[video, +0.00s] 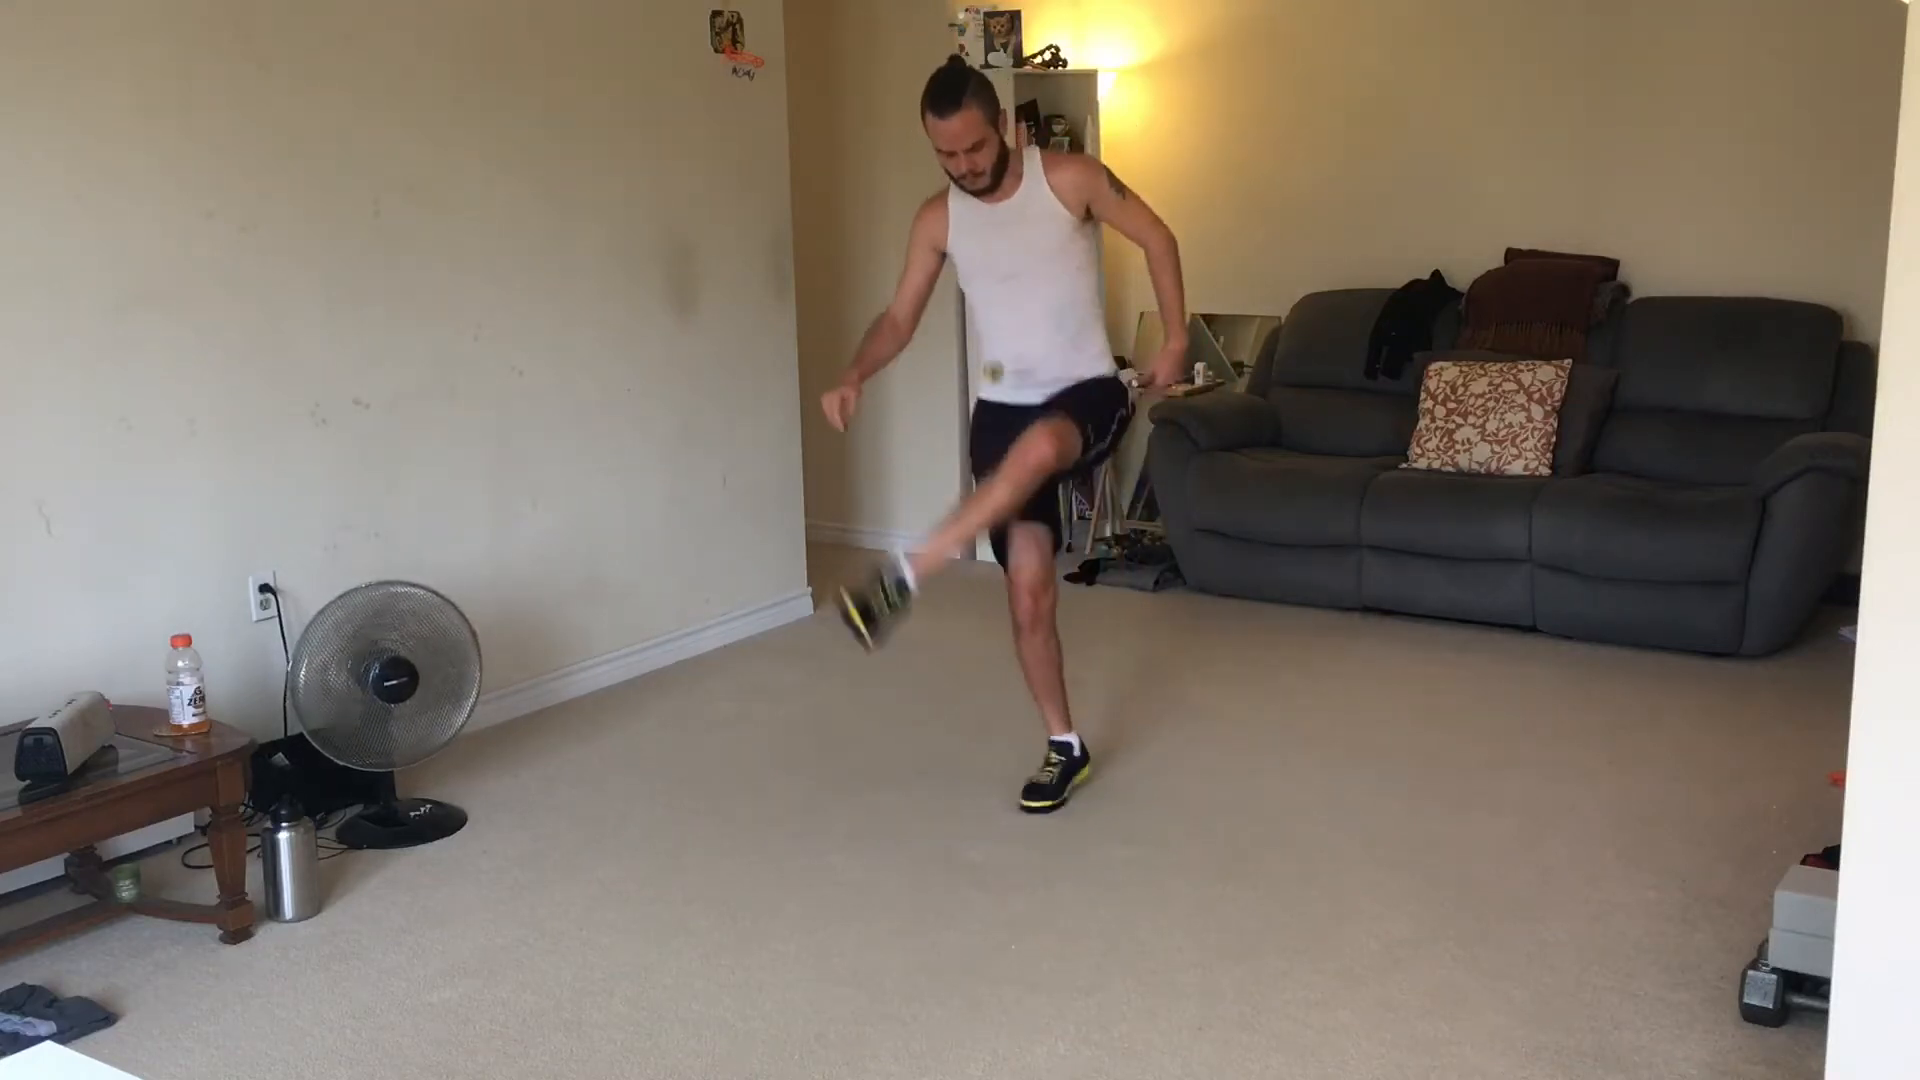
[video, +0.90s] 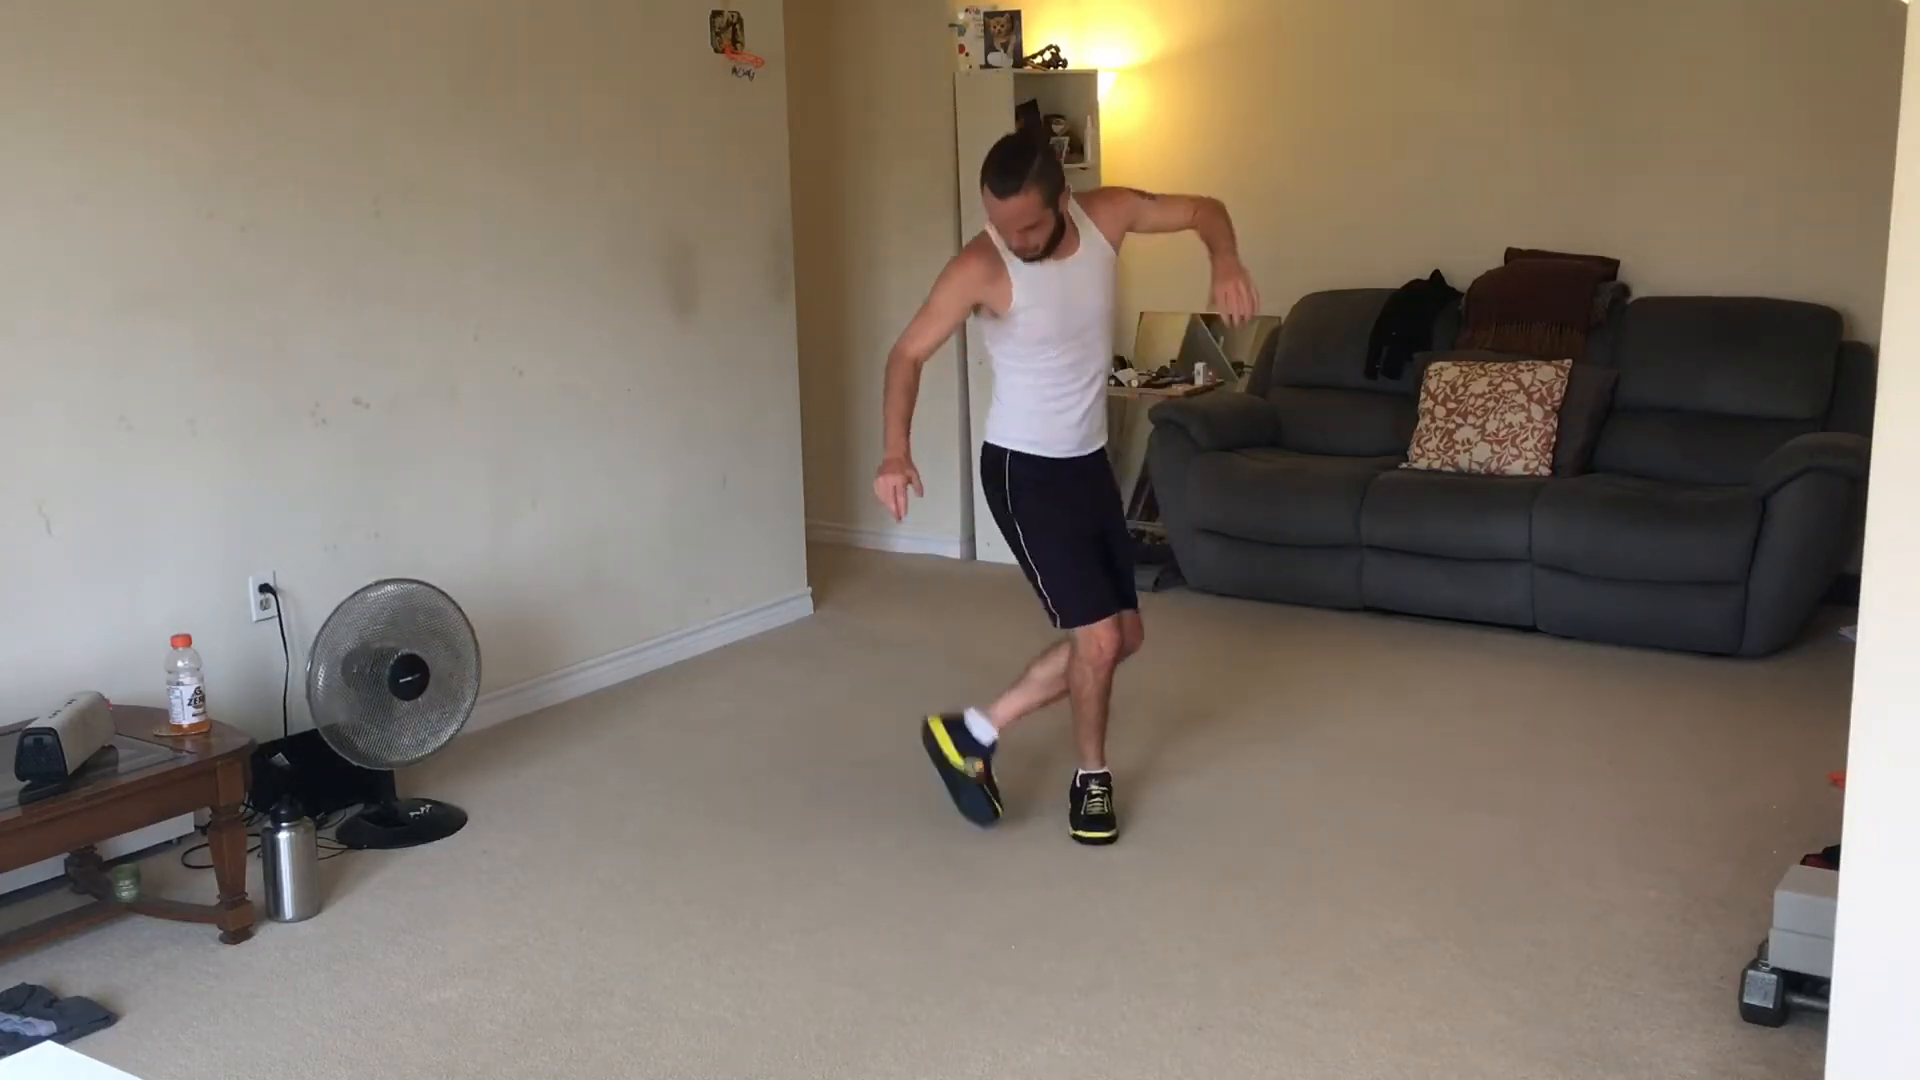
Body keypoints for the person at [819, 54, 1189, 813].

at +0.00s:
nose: (963, 166)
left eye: (975, 148)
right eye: (947, 154)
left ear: (1003, 123)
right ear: (932, 143)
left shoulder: (1071, 177)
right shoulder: (940, 218)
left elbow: (1159, 240)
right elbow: (899, 319)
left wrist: (1176, 339)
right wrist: (853, 376)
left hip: (1090, 389)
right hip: (1002, 406)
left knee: (1040, 448)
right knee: (1029, 594)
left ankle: (903, 579)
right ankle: (1064, 746)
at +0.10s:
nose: (970, 192)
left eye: (981, 174)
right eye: (953, 181)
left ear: (1009, 151)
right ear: (935, 171)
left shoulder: (1075, 206)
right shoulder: (947, 254)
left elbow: (1169, 275)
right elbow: (917, 358)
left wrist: (1193, 369)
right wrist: (884, 415)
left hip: (1089, 425)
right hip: (1007, 436)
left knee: (1026, 541)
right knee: (1015, 611)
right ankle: (1072, 751)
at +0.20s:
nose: (978, 185)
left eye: (990, 167)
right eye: (962, 173)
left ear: (1017, 144)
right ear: (945, 162)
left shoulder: (1080, 199)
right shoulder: (949, 240)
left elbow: (1183, 255)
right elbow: (913, 334)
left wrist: (1180, 352)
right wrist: (904, 384)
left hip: (1093, 424)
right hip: (1010, 436)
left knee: (1046, 574)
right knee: (1019, 627)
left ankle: (1078, 710)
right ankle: (1064, 751)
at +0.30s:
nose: (986, 161)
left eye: (999, 146)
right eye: (973, 149)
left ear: (1030, 122)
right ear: (957, 134)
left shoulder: (1085, 166)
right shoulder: (948, 200)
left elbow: (1199, 207)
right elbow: (901, 281)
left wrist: (1151, 298)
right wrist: (912, 337)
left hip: (1099, 399)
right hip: (1013, 416)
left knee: (1105, 539)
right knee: (1037, 601)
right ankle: (1064, 741)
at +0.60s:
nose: (996, 257)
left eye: (1007, 243)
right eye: (983, 246)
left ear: (1038, 209)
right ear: (969, 224)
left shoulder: (1098, 212)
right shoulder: (965, 275)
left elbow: (1191, 236)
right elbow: (903, 363)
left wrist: (1161, 339)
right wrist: (889, 447)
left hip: (1127, 447)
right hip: (1041, 463)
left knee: (1186, 587)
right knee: (1084, 624)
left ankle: (1033, 629)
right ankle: (1093, 772)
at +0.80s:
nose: (1018, 277)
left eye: (1029, 263)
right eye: (1003, 266)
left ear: (1058, 228)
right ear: (989, 244)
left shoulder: (1110, 230)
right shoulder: (980, 297)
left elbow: (1191, 232)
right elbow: (910, 388)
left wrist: (1218, 304)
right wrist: (893, 471)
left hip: (1103, 471)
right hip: (1032, 481)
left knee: (1147, 642)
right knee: (1106, 642)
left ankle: (1000, 736)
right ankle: (1094, 777)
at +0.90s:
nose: (1016, 241)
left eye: (1029, 227)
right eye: (1003, 228)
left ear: (1059, 198)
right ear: (986, 208)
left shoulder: (1107, 213)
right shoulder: (977, 269)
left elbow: (1207, 211)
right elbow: (906, 357)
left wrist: (1228, 266)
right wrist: (896, 450)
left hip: (1088, 460)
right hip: (1022, 467)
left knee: (1123, 633)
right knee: (1098, 635)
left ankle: (974, 731)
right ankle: (1093, 775)